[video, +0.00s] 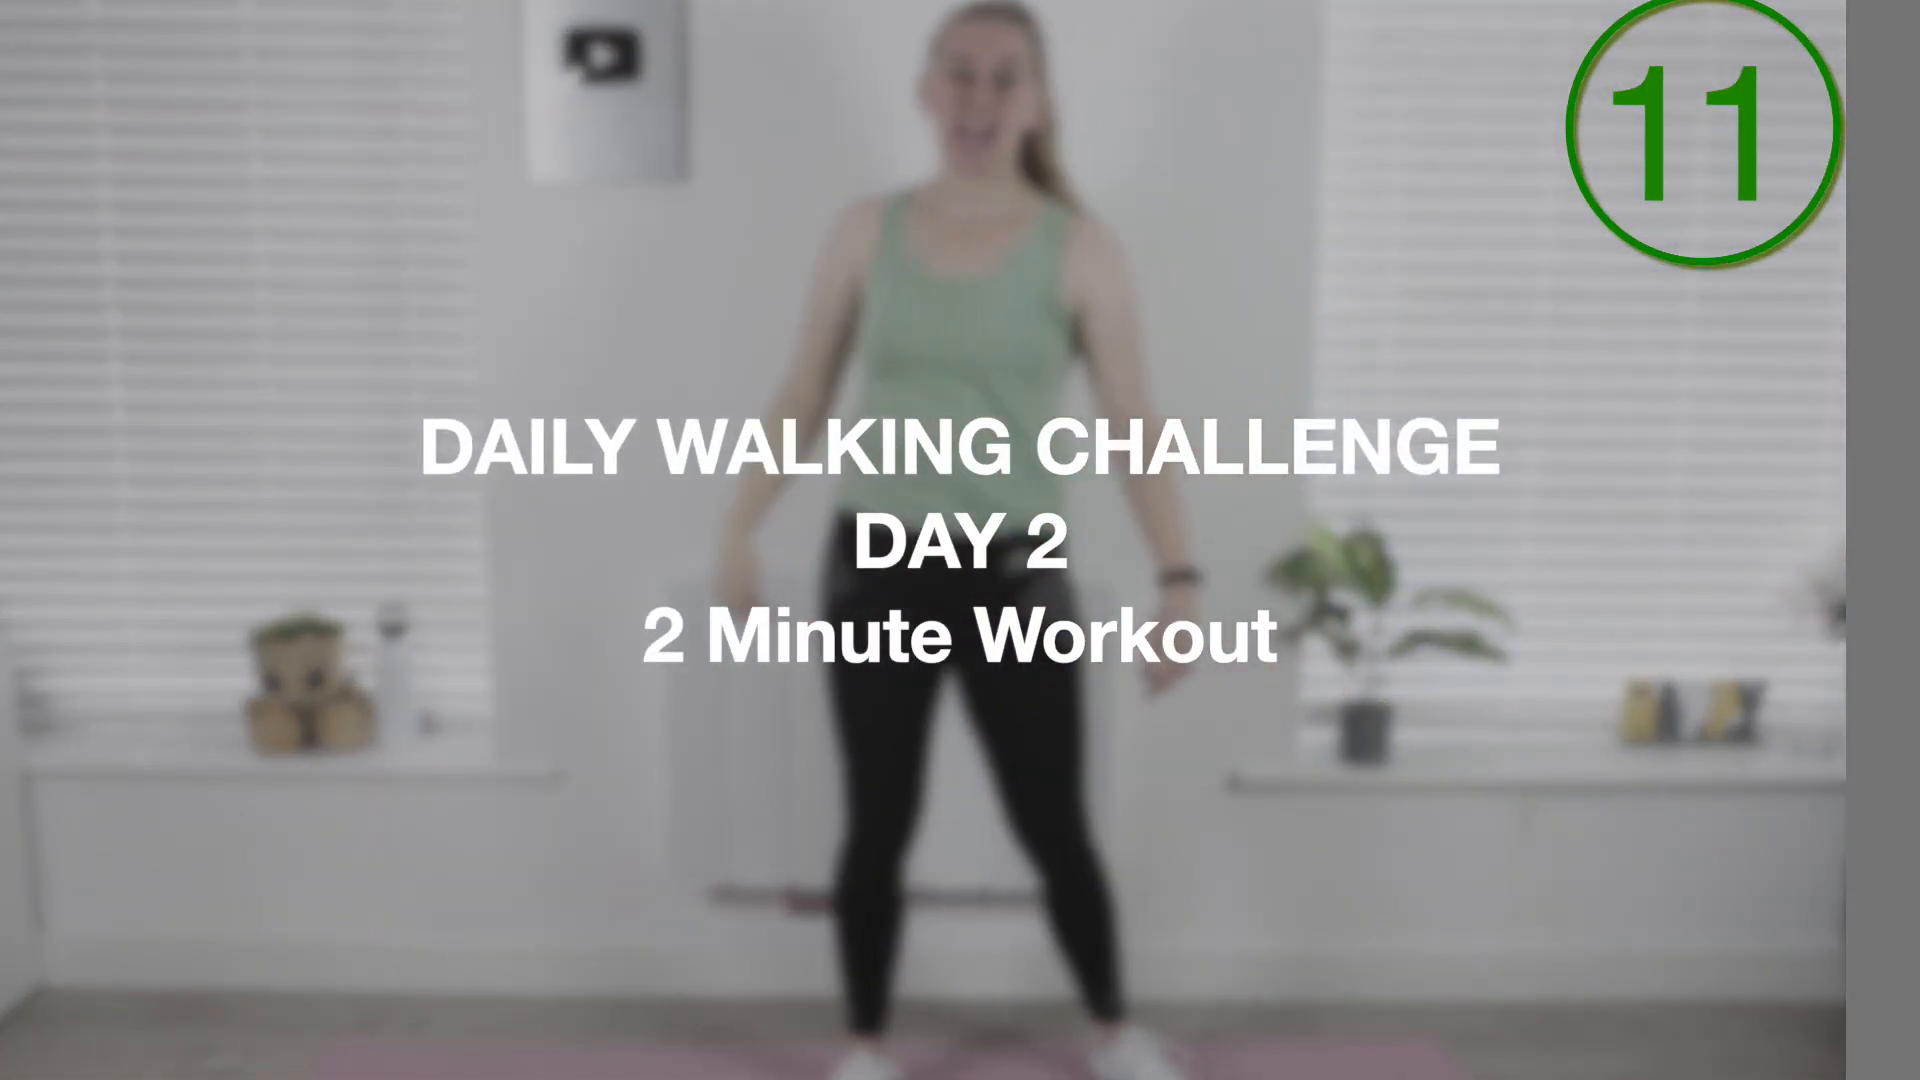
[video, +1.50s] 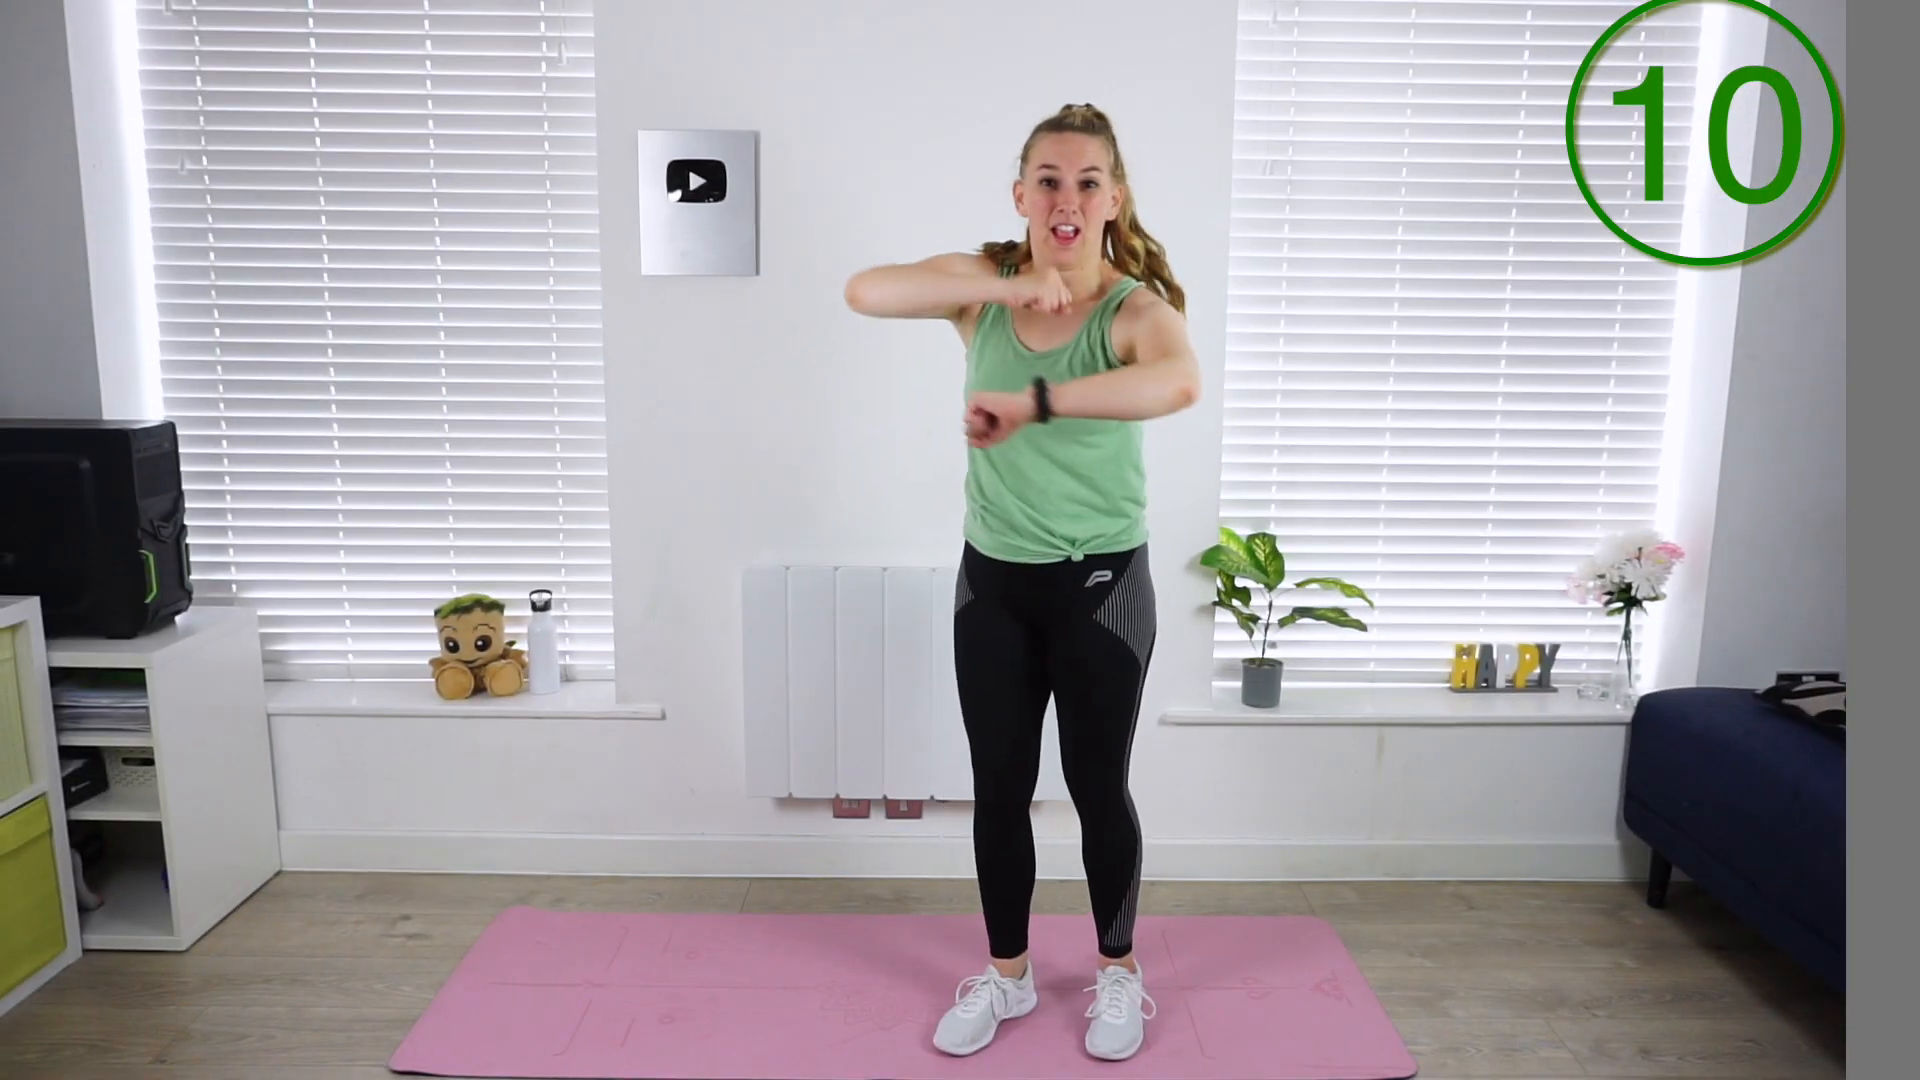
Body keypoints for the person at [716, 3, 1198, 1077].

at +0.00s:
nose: (980, 100)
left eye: (1004, 80)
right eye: (961, 77)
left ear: (1038, 99)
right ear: (927, 90)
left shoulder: (1077, 246)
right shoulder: (869, 231)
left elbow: (1134, 425)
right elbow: (804, 396)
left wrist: (1177, 576)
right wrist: (737, 533)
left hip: (1014, 562)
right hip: (879, 557)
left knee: (1051, 818)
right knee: (878, 814)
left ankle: (1114, 1033)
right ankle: (865, 1044)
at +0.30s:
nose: (930, 155)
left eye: (949, 131)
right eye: (907, 130)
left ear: (972, 125)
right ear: (857, 123)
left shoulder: (1011, 248)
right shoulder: (805, 254)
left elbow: (1045, 419)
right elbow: (758, 443)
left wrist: (1070, 561)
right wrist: (714, 600)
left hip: (978, 573)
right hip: (847, 574)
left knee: (986, 834)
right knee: (861, 822)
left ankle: (948, 1041)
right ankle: (865, 1041)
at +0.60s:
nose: (954, 203)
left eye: (967, 180)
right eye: (933, 185)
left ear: (980, 162)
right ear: (869, 166)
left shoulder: (1004, 273)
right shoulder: (802, 283)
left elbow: (1016, 433)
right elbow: (782, 458)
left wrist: (1014, 556)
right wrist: (830, 597)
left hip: (982, 567)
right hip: (858, 572)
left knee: (1025, 808)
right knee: (873, 809)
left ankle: (1046, 962)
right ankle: (874, 1009)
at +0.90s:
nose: (1006, 201)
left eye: (1015, 177)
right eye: (981, 184)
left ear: (1025, 174)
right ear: (925, 189)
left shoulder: (1060, 307)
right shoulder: (871, 309)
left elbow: (1094, 460)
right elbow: (832, 464)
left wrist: (1118, 591)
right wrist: (805, 602)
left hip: (1031, 591)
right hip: (909, 587)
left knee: (1062, 812)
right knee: (899, 795)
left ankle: (1131, 1010)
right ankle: (881, 966)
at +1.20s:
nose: (1052, 205)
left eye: (1071, 186)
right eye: (1033, 186)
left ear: (1097, 200)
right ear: (1004, 200)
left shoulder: (1140, 319)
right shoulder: (961, 307)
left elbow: (1207, 444)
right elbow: (869, 423)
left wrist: (1136, 498)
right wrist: (968, 456)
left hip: (1094, 578)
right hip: (982, 572)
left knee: (1091, 789)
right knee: (939, 773)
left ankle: (1118, 972)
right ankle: (911, 922)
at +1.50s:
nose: (1066, 201)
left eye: (1086, 184)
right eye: (1048, 182)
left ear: (1117, 201)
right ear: (1022, 194)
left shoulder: (1136, 306)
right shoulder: (987, 280)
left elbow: (1174, 383)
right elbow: (865, 291)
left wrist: (1036, 400)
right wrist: (997, 286)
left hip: (1101, 576)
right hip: (994, 572)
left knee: (1099, 787)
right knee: (999, 787)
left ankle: (1116, 972)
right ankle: (1007, 972)